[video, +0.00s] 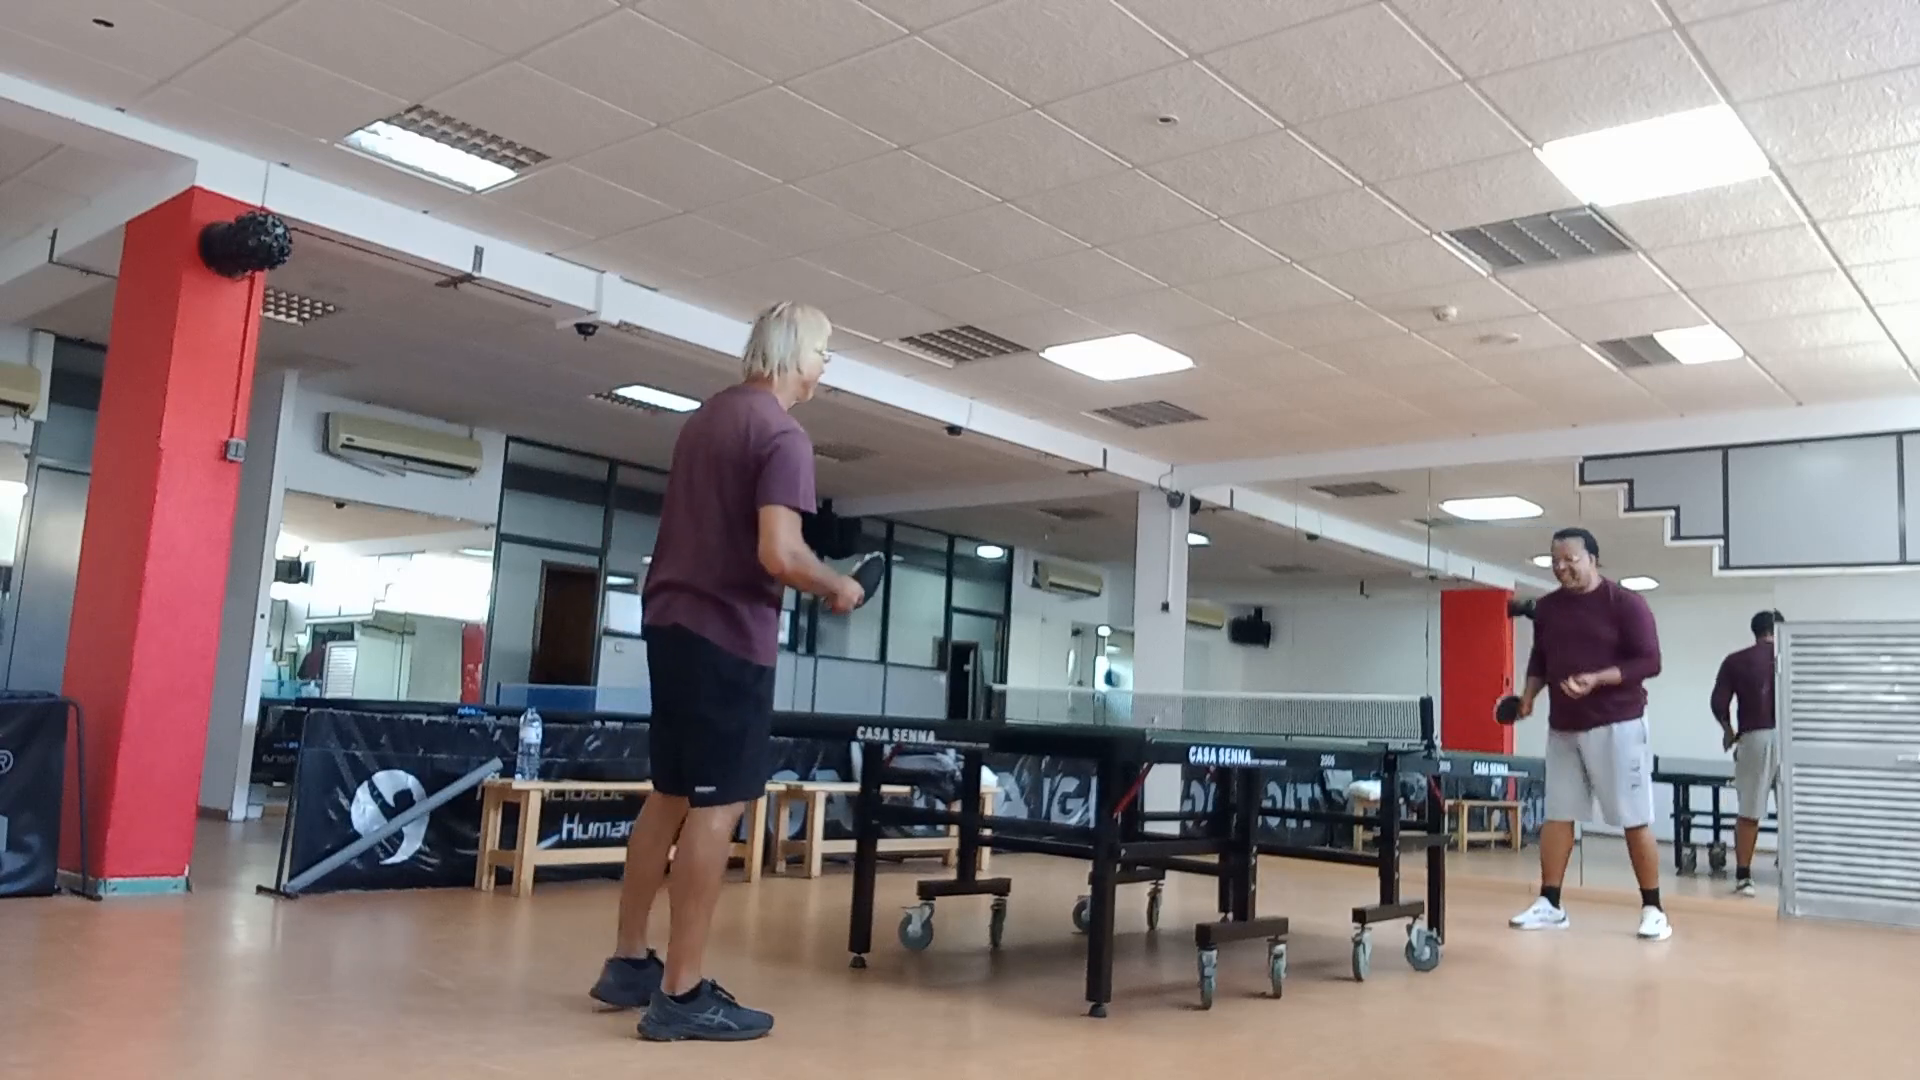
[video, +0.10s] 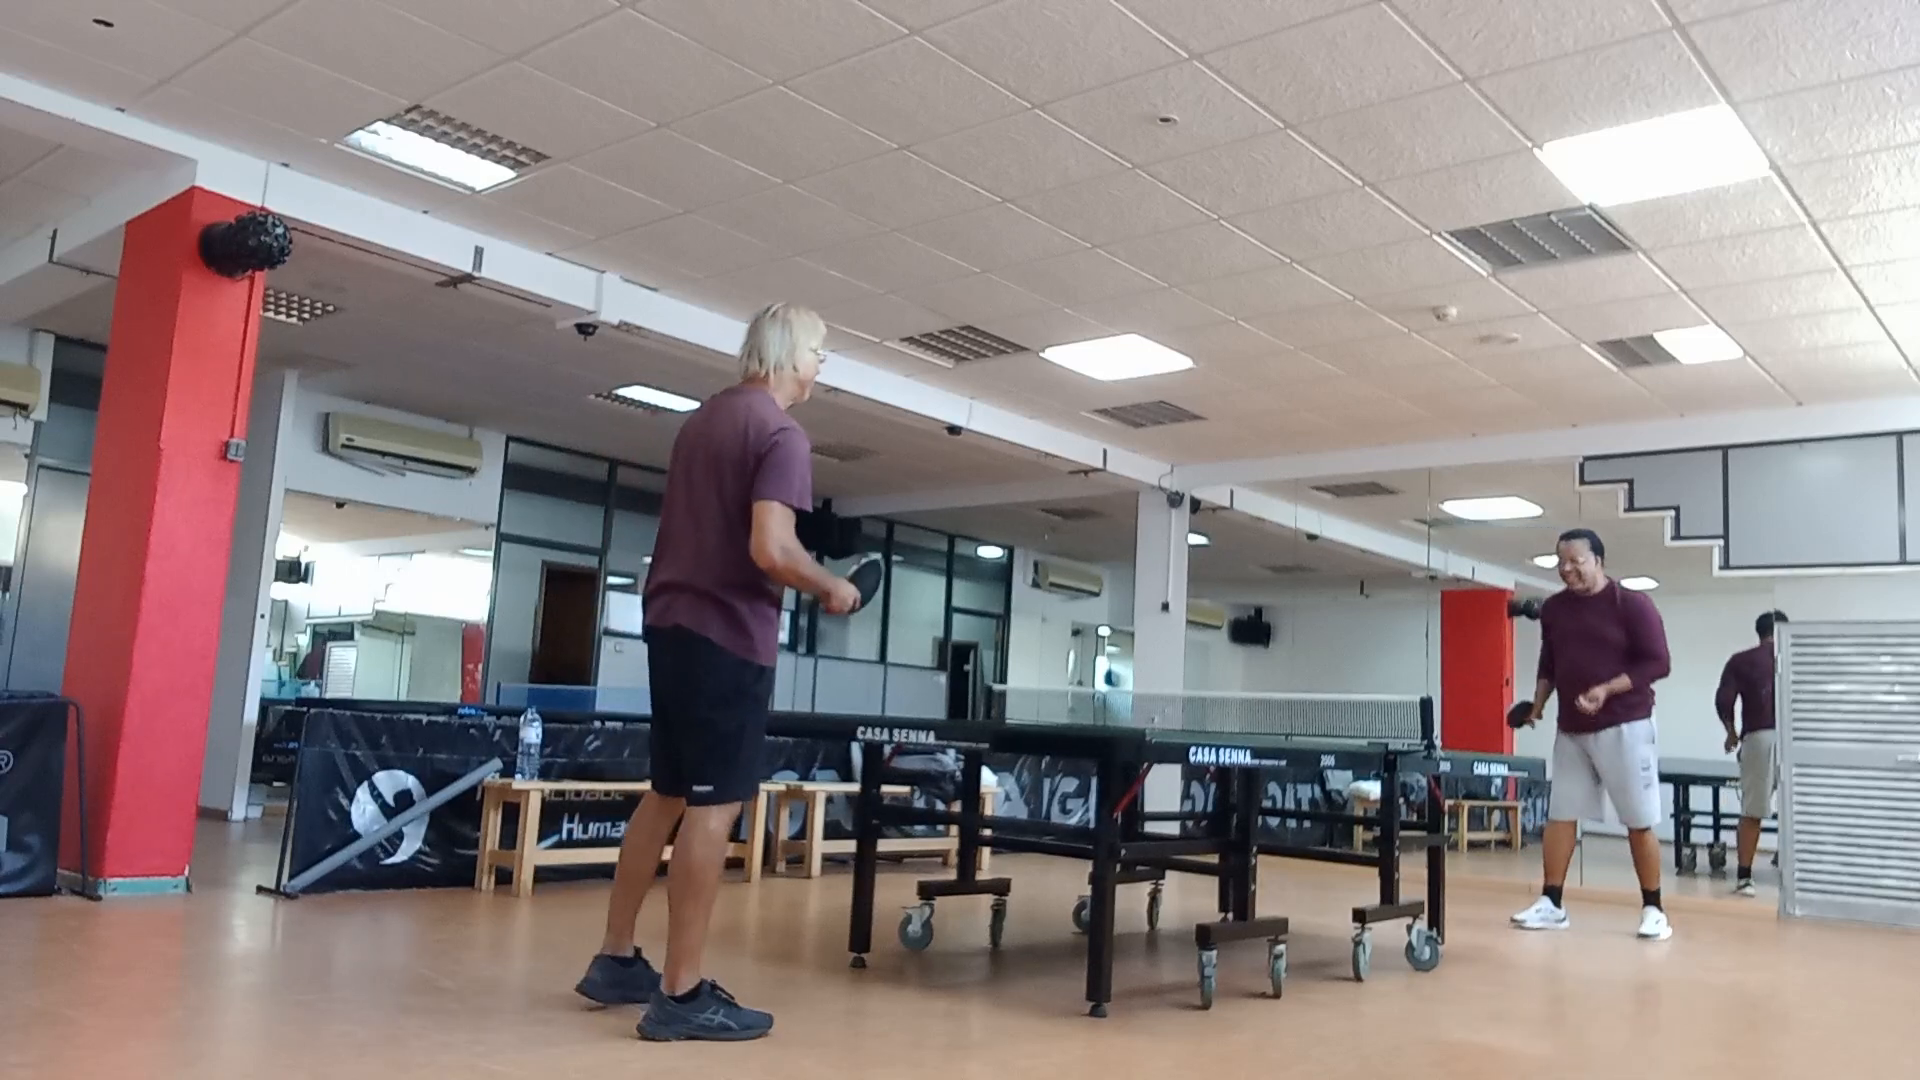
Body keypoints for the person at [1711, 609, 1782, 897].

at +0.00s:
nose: (1777, 637)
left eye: (1772, 632)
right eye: (1778, 631)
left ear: (1754, 632)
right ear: (1780, 631)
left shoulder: (1736, 661)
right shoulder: (1794, 658)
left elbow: (1718, 702)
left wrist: (1728, 728)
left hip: (1755, 740)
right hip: (1792, 740)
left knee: (1749, 811)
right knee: (1796, 811)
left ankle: (1743, 875)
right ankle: (1799, 878)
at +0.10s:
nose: (1778, 639)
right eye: (1781, 632)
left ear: (1759, 633)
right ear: (1785, 632)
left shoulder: (1742, 661)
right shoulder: (1801, 659)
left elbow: (1724, 699)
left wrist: (1730, 730)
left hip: (1759, 739)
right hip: (1796, 740)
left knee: (1753, 810)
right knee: (1797, 809)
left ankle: (1744, 876)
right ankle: (1796, 876)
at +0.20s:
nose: (1781, 640)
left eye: (1778, 634)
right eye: (1782, 634)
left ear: (1760, 635)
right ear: (1786, 633)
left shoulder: (1745, 662)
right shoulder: (1801, 661)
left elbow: (1726, 701)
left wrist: (1733, 733)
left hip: (1761, 741)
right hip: (1797, 742)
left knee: (1755, 810)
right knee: (1799, 810)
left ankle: (1749, 875)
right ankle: (1799, 876)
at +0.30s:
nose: (1778, 645)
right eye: (1779, 639)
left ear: (1760, 641)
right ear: (1784, 640)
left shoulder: (1744, 665)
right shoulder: (1798, 663)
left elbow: (1725, 704)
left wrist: (1732, 741)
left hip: (1761, 741)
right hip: (1798, 742)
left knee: (1759, 812)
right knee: (1798, 811)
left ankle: (1753, 876)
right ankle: (1793, 873)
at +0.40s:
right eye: (1778, 646)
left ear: (1761, 648)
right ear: (1783, 648)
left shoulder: (1744, 671)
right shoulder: (1797, 669)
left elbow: (1720, 708)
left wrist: (1724, 747)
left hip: (1760, 744)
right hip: (1796, 744)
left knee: (1757, 813)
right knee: (1797, 811)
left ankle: (1753, 877)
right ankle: (1792, 872)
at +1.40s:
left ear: (1765, 663)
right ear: (1782, 665)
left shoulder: (1747, 680)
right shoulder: (1788, 683)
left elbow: (1746, 714)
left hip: (1746, 751)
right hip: (1776, 750)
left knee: (1749, 814)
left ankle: (1749, 870)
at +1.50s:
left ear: (1769, 656)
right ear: (1787, 660)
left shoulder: (1752, 673)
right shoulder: (1794, 681)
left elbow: (1735, 694)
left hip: (1751, 748)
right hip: (1783, 748)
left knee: (1740, 811)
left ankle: (1736, 865)